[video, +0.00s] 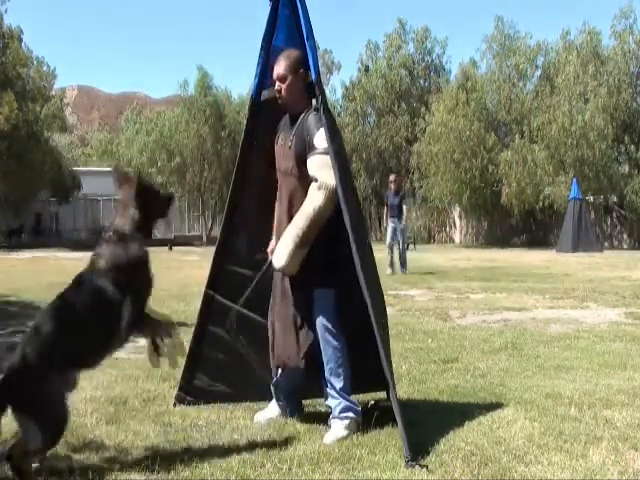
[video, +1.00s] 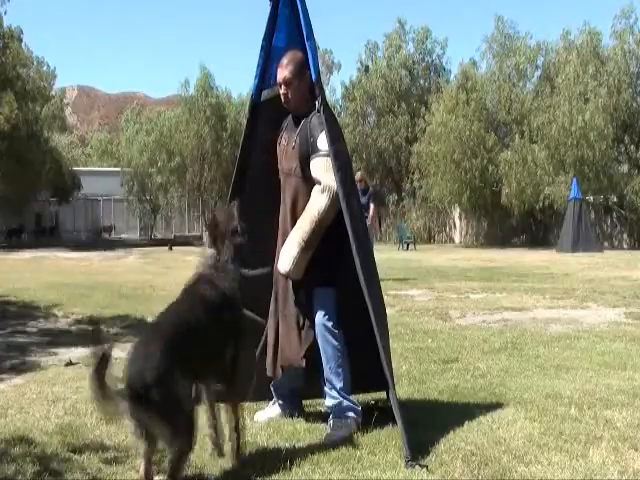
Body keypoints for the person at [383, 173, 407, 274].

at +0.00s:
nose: (393, 184)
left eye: (395, 181)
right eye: (391, 182)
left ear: (398, 182)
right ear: (389, 183)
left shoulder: (402, 194)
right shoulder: (388, 194)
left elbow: (405, 207)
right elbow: (386, 208)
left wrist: (404, 219)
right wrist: (385, 220)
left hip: (400, 221)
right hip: (391, 221)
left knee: (401, 245)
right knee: (389, 243)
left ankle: (403, 267)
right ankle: (390, 266)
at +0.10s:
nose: (389, 185)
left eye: (391, 183)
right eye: (387, 183)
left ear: (395, 184)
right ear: (385, 185)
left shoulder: (398, 194)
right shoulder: (386, 195)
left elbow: (401, 209)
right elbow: (384, 208)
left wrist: (394, 217)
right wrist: (382, 220)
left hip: (398, 222)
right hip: (388, 222)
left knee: (400, 246)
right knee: (386, 245)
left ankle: (402, 267)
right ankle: (383, 267)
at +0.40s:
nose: (377, 184)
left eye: (379, 181)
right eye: (375, 182)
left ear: (383, 181)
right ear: (373, 183)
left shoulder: (390, 194)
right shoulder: (374, 194)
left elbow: (392, 208)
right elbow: (371, 208)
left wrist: (390, 221)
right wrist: (368, 222)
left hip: (386, 220)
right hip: (377, 220)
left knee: (384, 245)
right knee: (378, 246)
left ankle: (390, 264)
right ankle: (380, 268)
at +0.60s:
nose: (372, 185)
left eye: (373, 182)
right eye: (370, 183)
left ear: (377, 182)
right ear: (368, 184)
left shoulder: (383, 194)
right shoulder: (365, 195)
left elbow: (387, 206)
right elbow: (363, 207)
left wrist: (384, 216)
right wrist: (365, 216)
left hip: (379, 220)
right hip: (369, 219)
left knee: (377, 244)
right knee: (370, 244)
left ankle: (379, 267)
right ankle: (372, 268)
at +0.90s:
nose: (362, 184)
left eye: (364, 181)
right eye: (360, 181)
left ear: (368, 181)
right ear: (358, 182)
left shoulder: (374, 193)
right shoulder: (359, 194)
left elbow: (379, 207)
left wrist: (380, 223)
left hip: (370, 219)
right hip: (360, 219)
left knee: (370, 239)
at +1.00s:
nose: (359, 184)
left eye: (360, 181)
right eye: (357, 182)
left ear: (365, 181)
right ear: (355, 182)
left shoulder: (370, 192)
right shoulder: (355, 193)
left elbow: (372, 206)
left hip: (367, 218)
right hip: (357, 219)